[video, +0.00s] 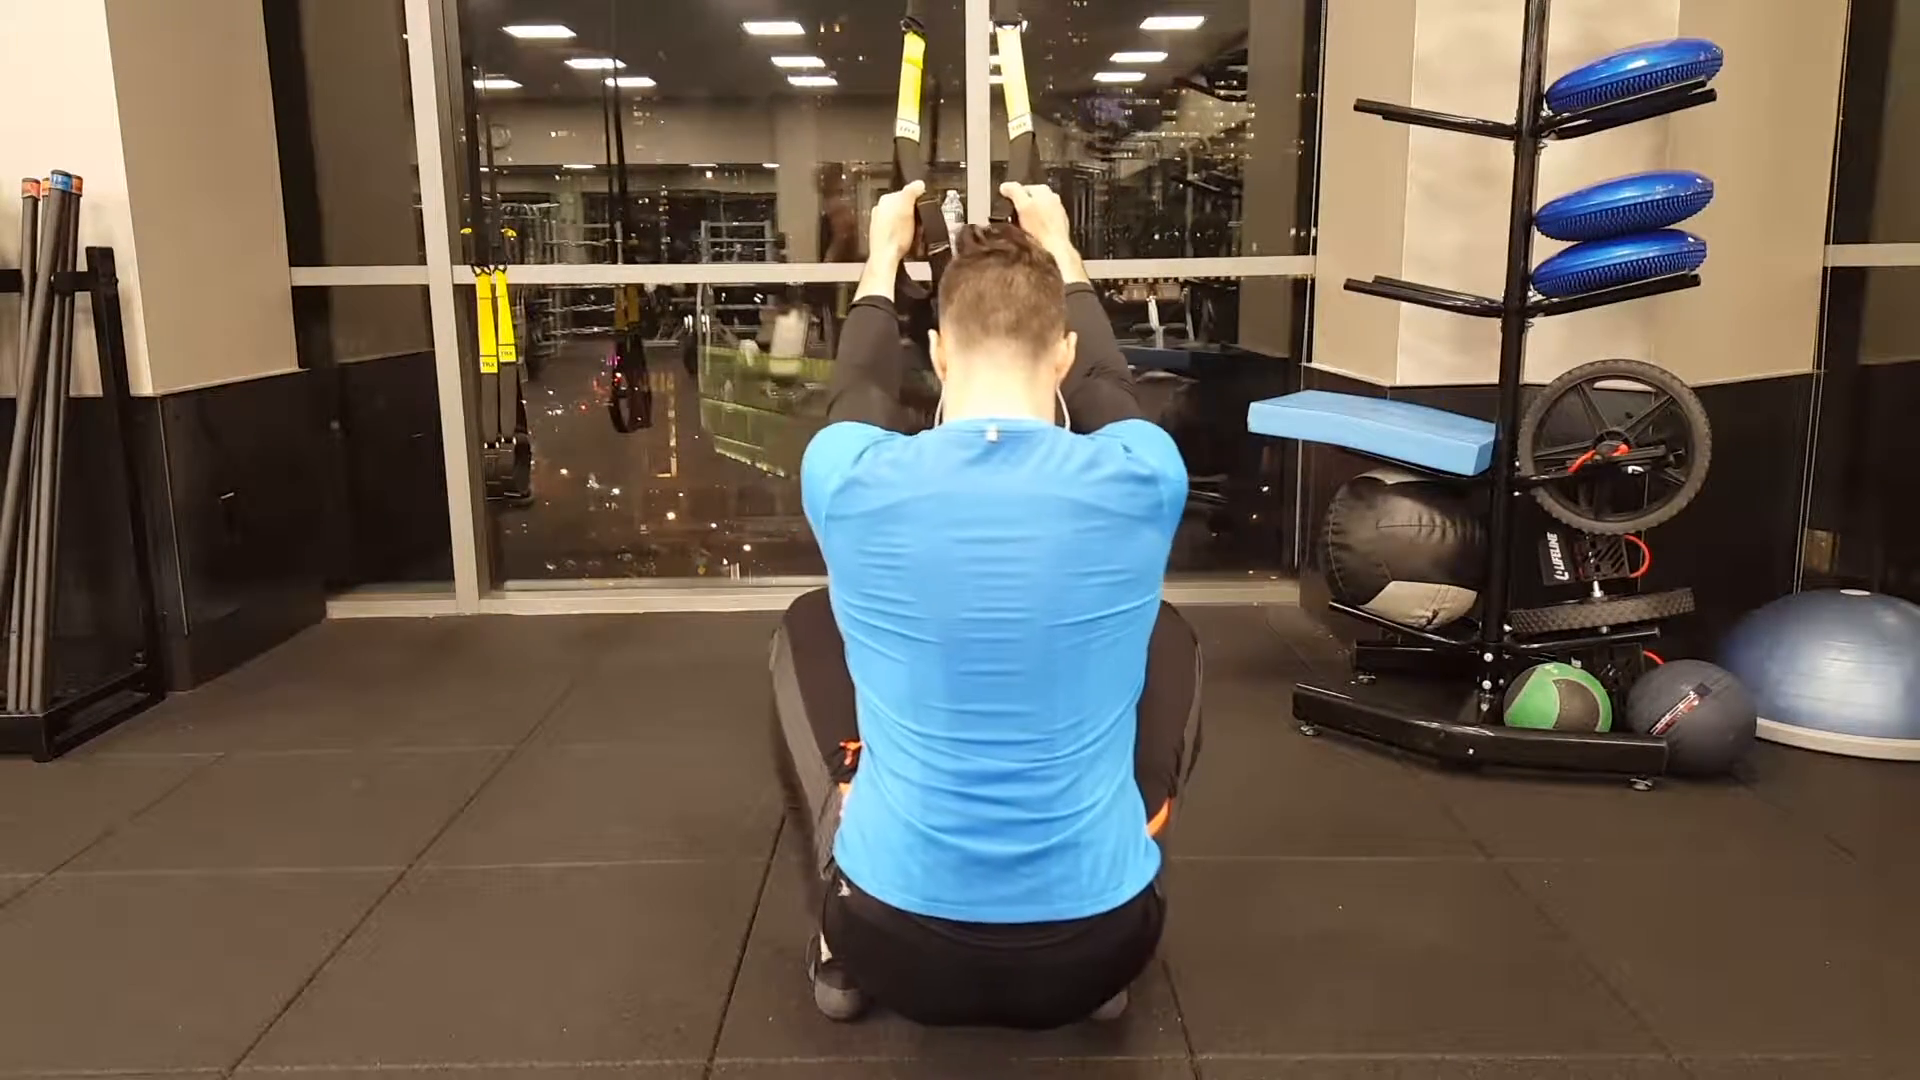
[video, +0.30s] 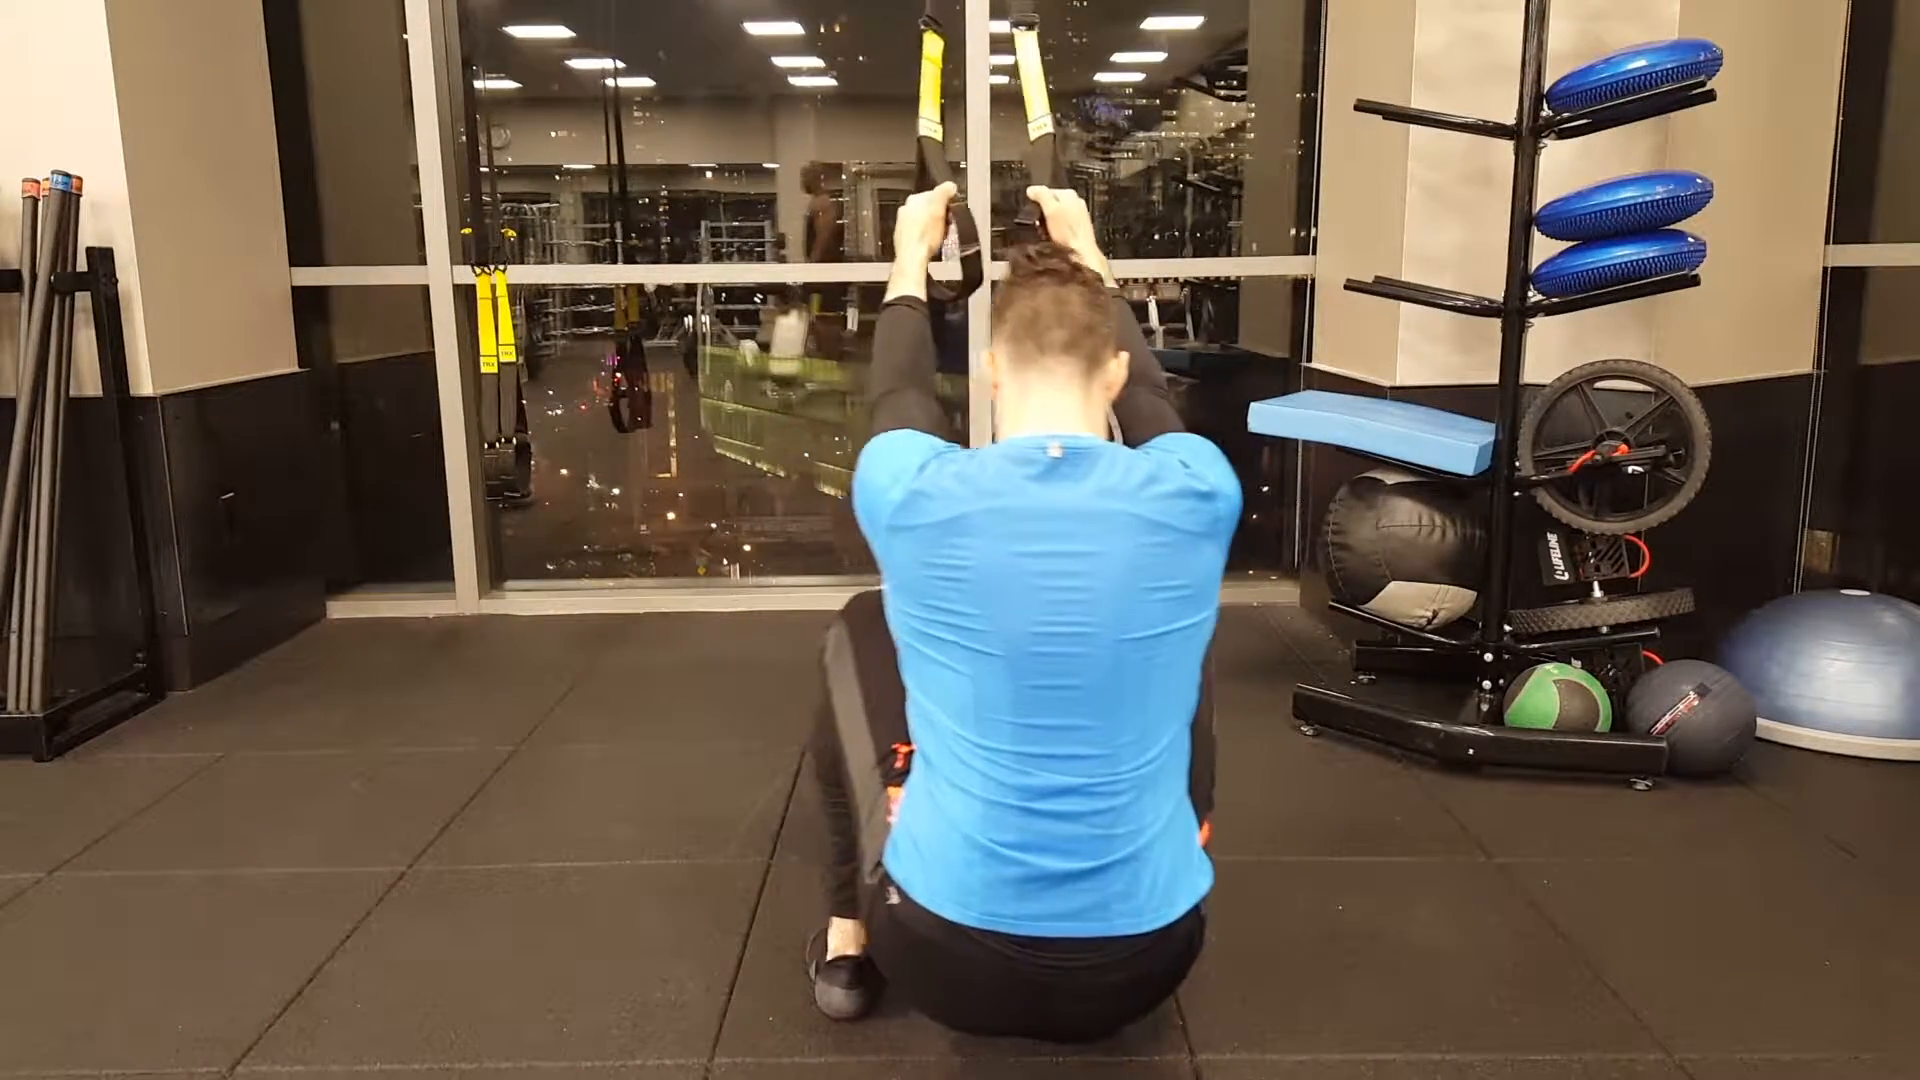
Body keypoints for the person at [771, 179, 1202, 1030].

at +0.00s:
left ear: (938, 352)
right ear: (1066, 359)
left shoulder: (848, 480)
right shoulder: (1142, 481)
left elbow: (859, 393)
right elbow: (1105, 381)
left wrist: (880, 269)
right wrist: (1065, 256)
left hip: (900, 953)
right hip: (1084, 958)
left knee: (811, 619)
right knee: (1168, 629)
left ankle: (839, 951)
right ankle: (1108, 978)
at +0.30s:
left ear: (989, 373)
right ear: (1116, 378)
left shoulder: (913, 494)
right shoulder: (1197, 498)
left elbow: (898, 389)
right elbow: (1144, 397)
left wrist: (908, 264)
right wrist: (1091, 266)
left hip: (950, 958)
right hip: (1136, 965)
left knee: (859, 624)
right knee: (1184, 618)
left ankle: (848, 936)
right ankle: (1190, 848)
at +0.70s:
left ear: (1096, 339)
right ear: (1224, 347)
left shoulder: (1019, 454)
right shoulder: (1305, 471)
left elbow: (955, 365)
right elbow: (1216, 368)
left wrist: (947, 262)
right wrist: (1145, 238)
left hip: (1019, 933)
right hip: (1201, 948)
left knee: (962, 622)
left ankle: (845, 787)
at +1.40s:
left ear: (1120, 377)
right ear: (1250, 386)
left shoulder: (1043, 503)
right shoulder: (1327, 505)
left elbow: (1003, 384)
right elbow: (1238, 403)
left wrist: (987, 265)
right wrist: (1167, 267)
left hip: (1069, 971)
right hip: (1247, 976)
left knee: (1020, 637)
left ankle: (987, 748)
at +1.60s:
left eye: (1132, 308)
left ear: (1130, 319)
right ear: (1262, 327)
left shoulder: (1056, 441)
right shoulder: (1343, 447)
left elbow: (992, 386)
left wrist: (996, 259)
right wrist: (1173, 248)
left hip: (1082, 919)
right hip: (1256, 923)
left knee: (1024, 648)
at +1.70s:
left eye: (1134, 247)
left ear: (1137, 253)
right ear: (1267, 258)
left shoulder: (1057, 366)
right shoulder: (1354, 379)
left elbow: (985, 357)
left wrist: (992, 254)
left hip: (1086, 843)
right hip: (1262, 859)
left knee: (1029, 646)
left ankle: (1106, 936)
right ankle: (1117, 930)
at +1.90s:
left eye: (1150, 110)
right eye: (1277, 115)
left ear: (1146, 117)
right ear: (1275, 120)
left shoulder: (1058, 218)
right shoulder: (1361, 234)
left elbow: (982, 353)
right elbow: (1331, 386)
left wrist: (1024, 209)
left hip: (1082, 681)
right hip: (1262, 707)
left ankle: (983, 693)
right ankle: (1111, 940)